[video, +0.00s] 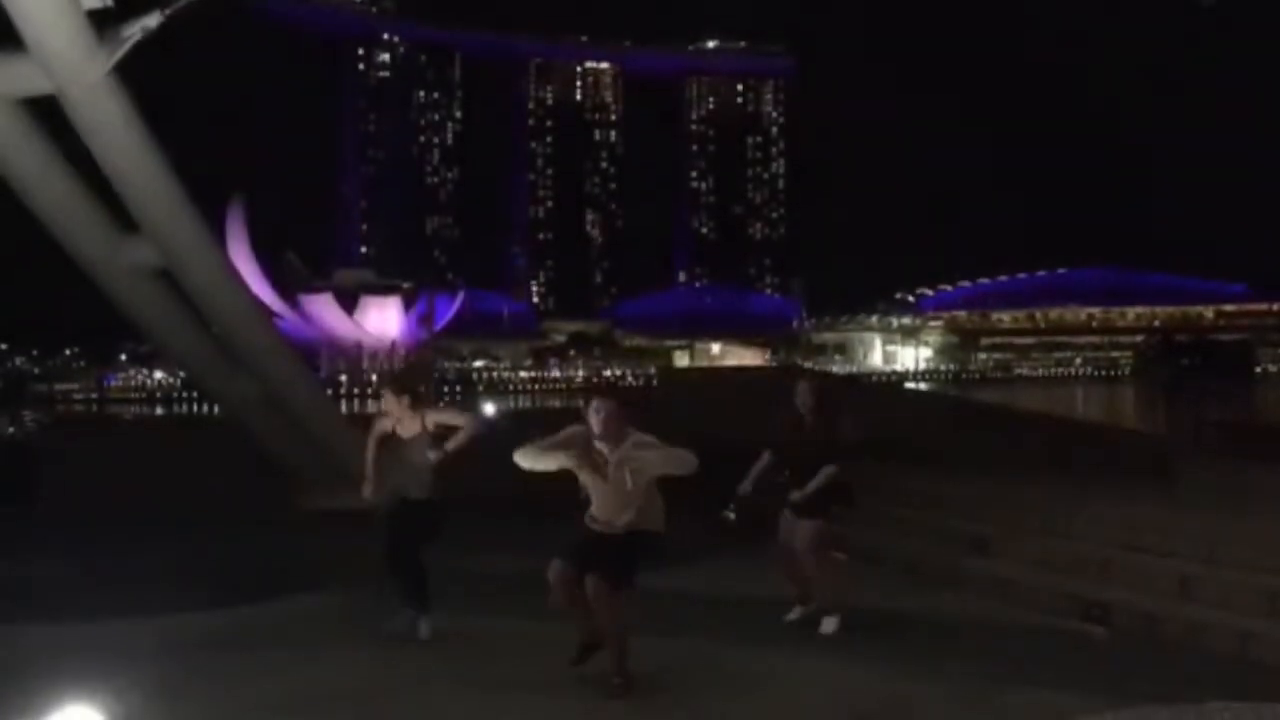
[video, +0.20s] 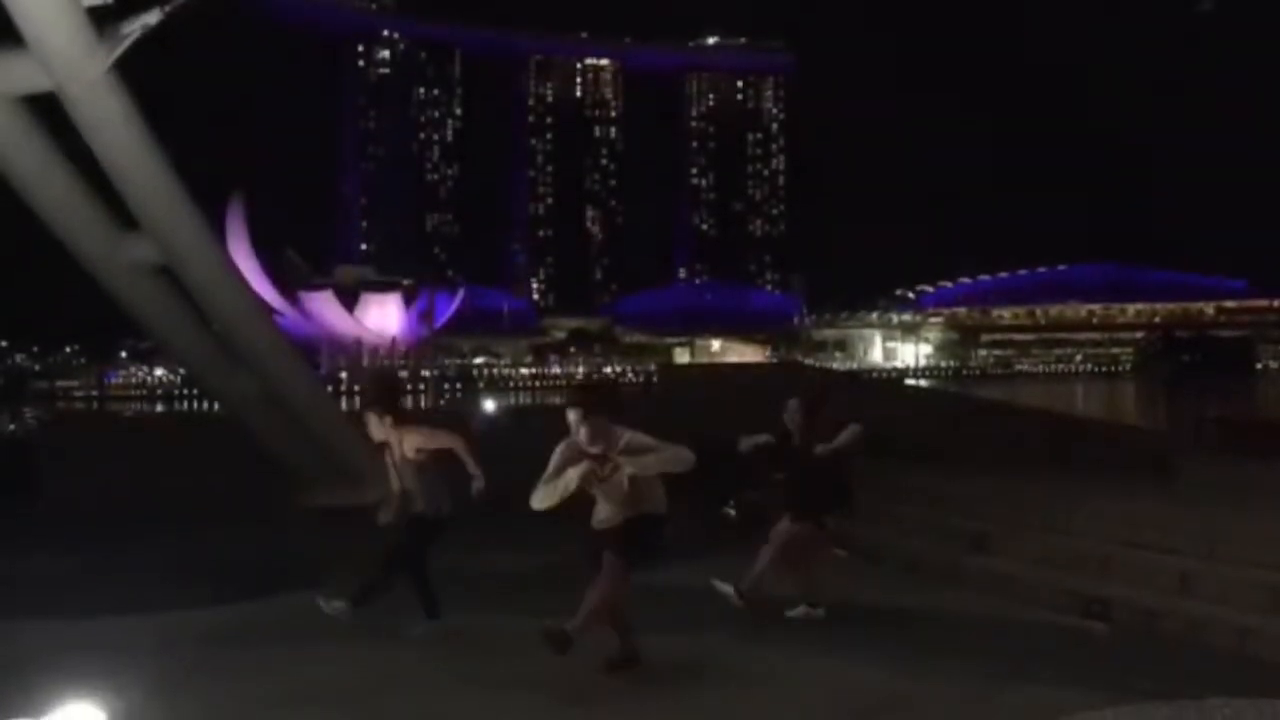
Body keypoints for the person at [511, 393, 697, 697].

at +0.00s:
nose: (601, 419)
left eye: (608, 412)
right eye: (596, 412)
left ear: (621, 416)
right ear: (588, 416)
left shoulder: (638, 445)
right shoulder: (579, 440)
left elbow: (689, 462)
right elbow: (521, 457)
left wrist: (640, 464)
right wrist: (568, 459)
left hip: (636, 530)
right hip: (597, 527)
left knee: (600, 585)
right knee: (560, 573)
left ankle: (620, 669)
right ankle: (590, 633)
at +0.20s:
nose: (584, 431)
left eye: (589, 421)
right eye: (577, 423)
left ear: (606, 419)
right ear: (570, 424)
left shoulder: (626, 441)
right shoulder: (568, 450)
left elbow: (685, 458)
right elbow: (538, 501)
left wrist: (633, 464)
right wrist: (575, 475)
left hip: (643, 515)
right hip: (605, 519)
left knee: (615, 561)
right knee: (607, 581)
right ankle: (628, 648)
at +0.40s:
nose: (581, 423)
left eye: (587, 416)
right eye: (578, 416)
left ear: (606, 412)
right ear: (575, 414)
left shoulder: (632, 434)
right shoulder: (572, 440)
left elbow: (692, 441)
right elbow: (526, 473)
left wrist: (644, 455)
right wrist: (576, 466)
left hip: (648, 507)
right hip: (611, 517)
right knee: (617, 580)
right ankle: (624, 643)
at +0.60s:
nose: (623, 388)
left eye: (630, 380)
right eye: (616, 380)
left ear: (638, 384)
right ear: (602, 384)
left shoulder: (651, 414)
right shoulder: (589, 416)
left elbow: (708, 424)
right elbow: (528, 440)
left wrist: (657, 437)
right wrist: (567, 452)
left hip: (644, 518)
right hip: (600, 520)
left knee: (638, 584)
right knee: (599, 583)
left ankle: (625, 655)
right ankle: (601, 640)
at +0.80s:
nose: (638, 393)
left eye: (646, 386)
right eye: (632, 385)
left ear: (654, 391)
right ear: (621, 389)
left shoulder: (665, 424)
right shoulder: (604, 426)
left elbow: (719, 433)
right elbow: (550, 464)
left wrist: (686, 439)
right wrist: (581, 452)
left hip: (646, 517)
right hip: (605, 515)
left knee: (639, 584)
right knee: (614, 571)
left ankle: (626, 655)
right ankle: (613, 656)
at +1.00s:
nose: (646, 393)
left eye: (652, 385)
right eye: (638, 386)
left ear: (660, 382)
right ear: (625, 383)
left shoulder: (671, 402)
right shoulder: (610, 403)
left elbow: (694, 446)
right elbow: (585, 405)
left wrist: (655, 478)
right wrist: (611, 395)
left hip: (652, 501)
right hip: (612, 502)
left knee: (668, 573)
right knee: (647, 576)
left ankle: (615, 634)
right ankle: (645, 676)